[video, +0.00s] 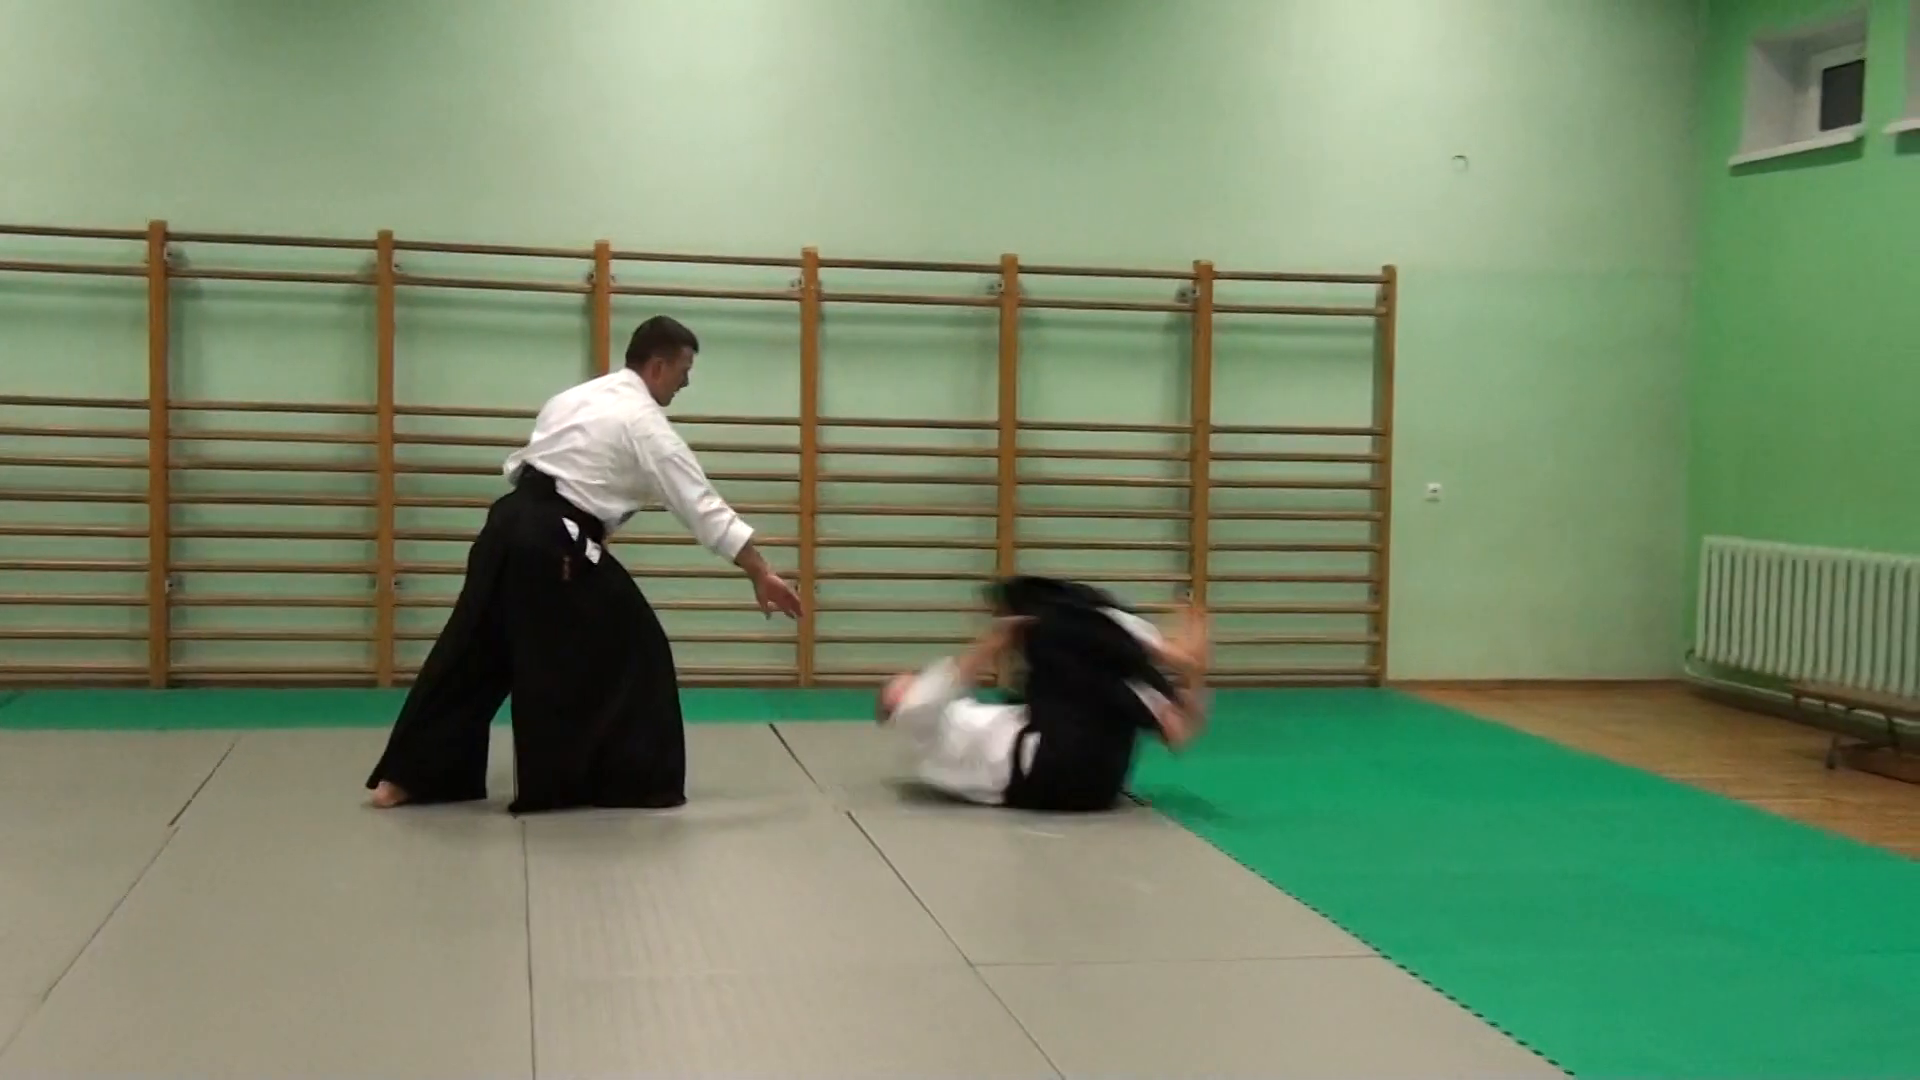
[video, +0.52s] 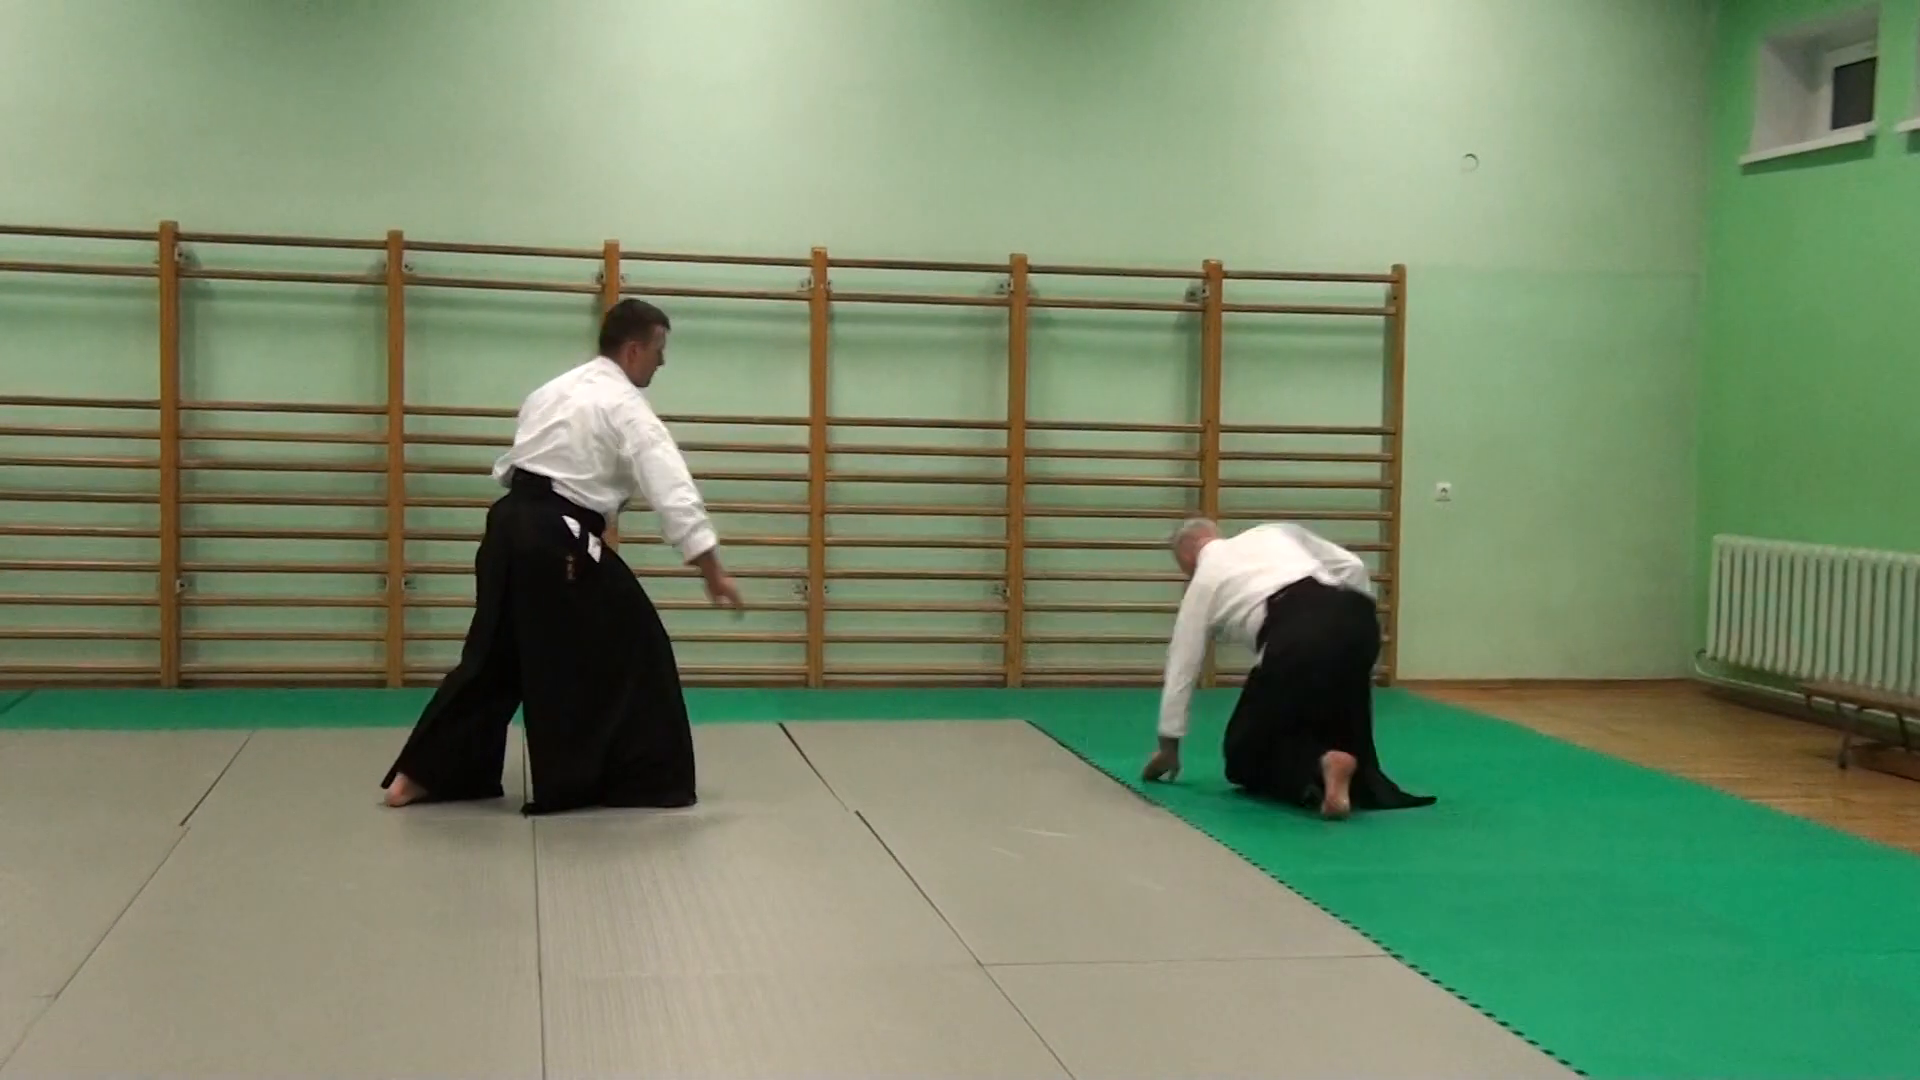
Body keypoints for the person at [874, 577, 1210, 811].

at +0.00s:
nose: (909, 685)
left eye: (909, 682)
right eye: (900, 688)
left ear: (922, 685)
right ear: (895, 708)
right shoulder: (916, 727)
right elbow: (963, 674)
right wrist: (995, 644)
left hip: (1090, 779)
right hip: (1057, 772)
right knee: (1052, 636)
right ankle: (1167, 657)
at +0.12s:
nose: (1013, 626)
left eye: (1008, 623)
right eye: (1005, 625)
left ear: (983, 660)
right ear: (998, 638)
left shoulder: (1005, 721)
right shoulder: (1021, 641)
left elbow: (1054, 772)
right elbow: (1101, 625)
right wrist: (1164, 638)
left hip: (1115, 784)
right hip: (1125, 729)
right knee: (1243, 658)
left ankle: (1240, 785)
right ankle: (1310, 737)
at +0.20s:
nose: (1074, 598)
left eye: (1065, 600)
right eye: (1071, 595)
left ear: (1043, 623)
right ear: (1075, 599)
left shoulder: (1052, 676)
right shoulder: (1112, 602)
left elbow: (1073, 770)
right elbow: (1191, 602)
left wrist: (1122, 778)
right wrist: (1229, 630)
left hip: (1149, 758)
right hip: (1192, 705)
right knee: (1304, 704)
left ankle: (1248, 789)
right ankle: (1348, 772)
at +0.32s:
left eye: (1122, 587)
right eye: (1140, 573)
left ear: (1121, 595)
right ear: (1153, 570)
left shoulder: (1125, 630)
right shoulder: (1200, 569)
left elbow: (1107, 729)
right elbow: (1275, 587)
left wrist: (1126, 775)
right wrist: (1280, 639)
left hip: (1214, 691)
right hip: (1273, 668)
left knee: (1203, 779)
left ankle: (1267, 784)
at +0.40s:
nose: (1153, 587)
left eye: (1151, 580)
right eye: (1153, 579)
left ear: (1155, 575)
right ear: (1189, 553)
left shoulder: (1165, 602)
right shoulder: (1238, 549)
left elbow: (1140, 689)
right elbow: (1315, 573)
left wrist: (1136, 767)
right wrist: (1323, 631)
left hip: (1252, 665)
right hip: (1312, 647)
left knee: (1217, 764)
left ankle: (1285, 773)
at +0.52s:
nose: (1191, 578)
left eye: (1188, 571)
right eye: (1187, 572)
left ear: (1192, 557)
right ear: (1215, 536)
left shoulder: (1206, 576)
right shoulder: (1276, 533)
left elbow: (1181, 669)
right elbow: (1352, 566)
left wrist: (1168, 749)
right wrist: (1361, 628)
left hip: (1299, 628)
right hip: (1357, 618)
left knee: (1244, 761)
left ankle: (1321, 767)